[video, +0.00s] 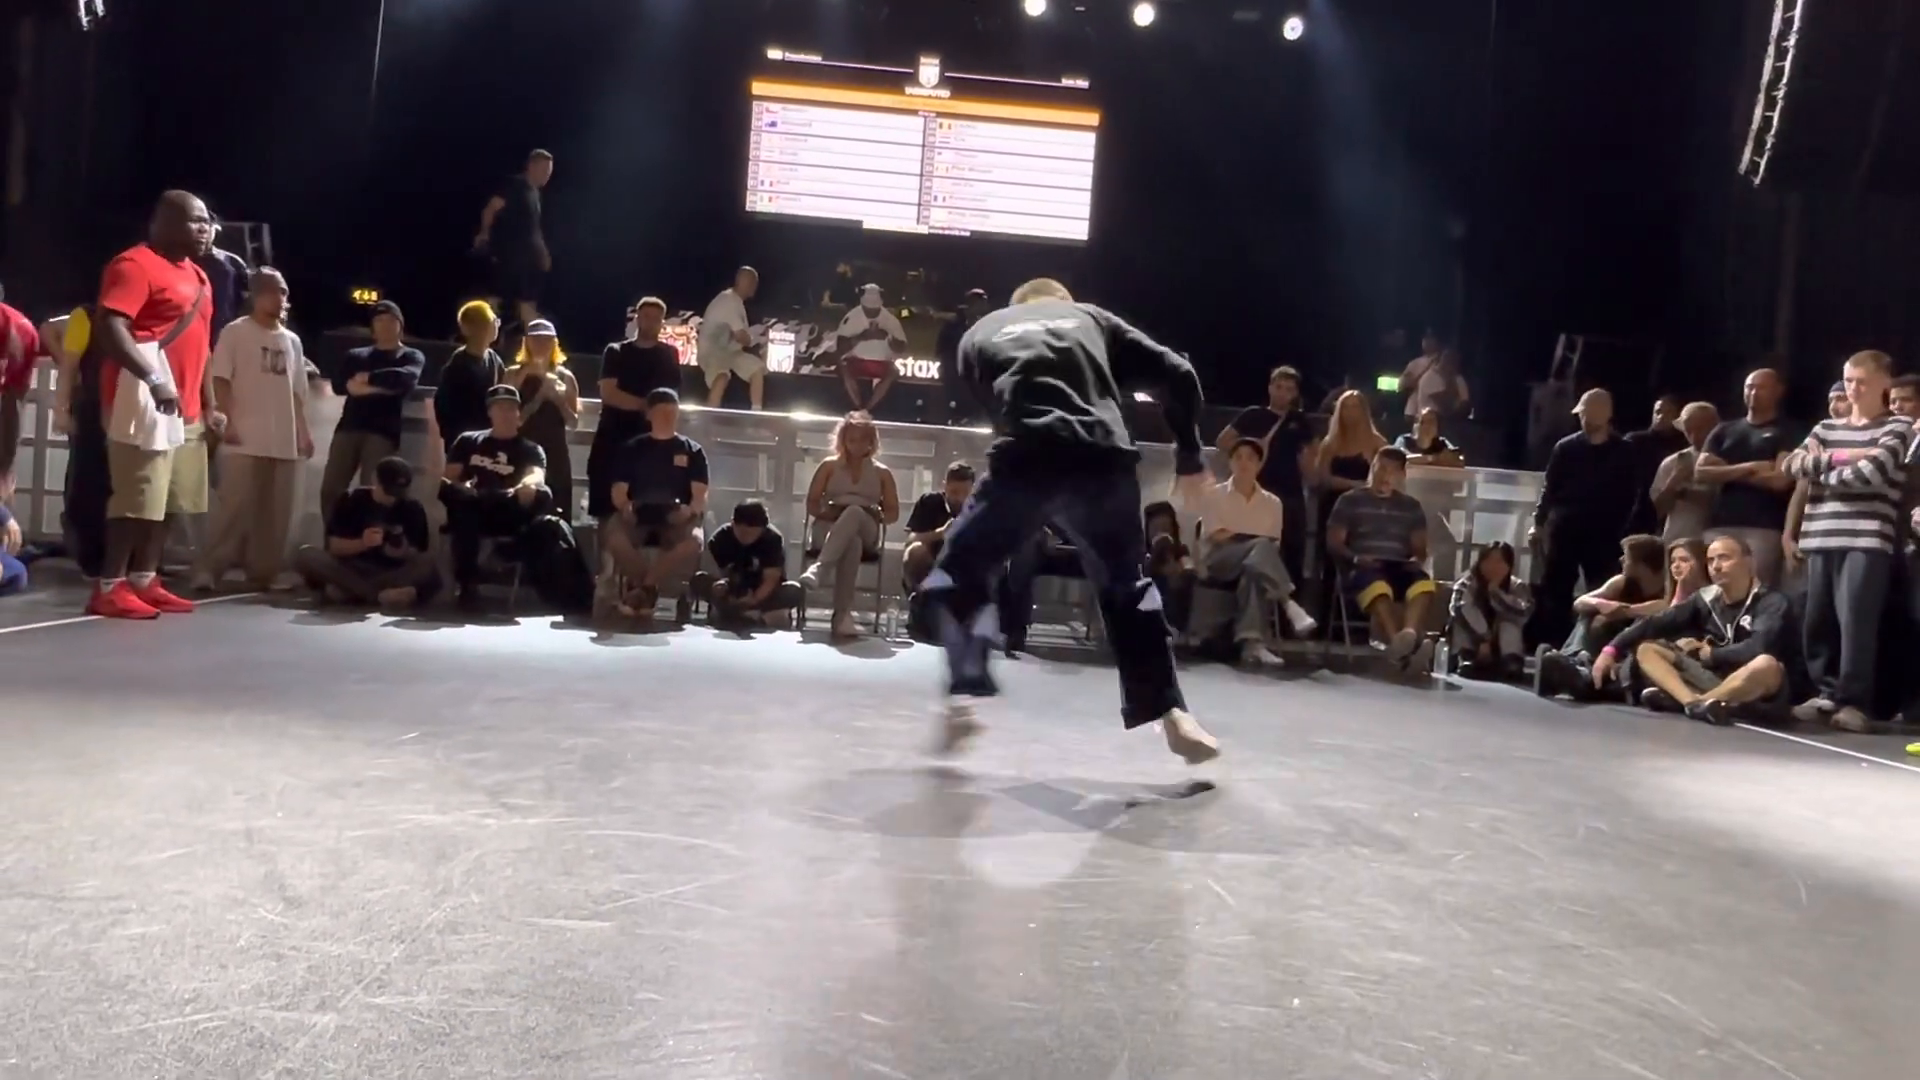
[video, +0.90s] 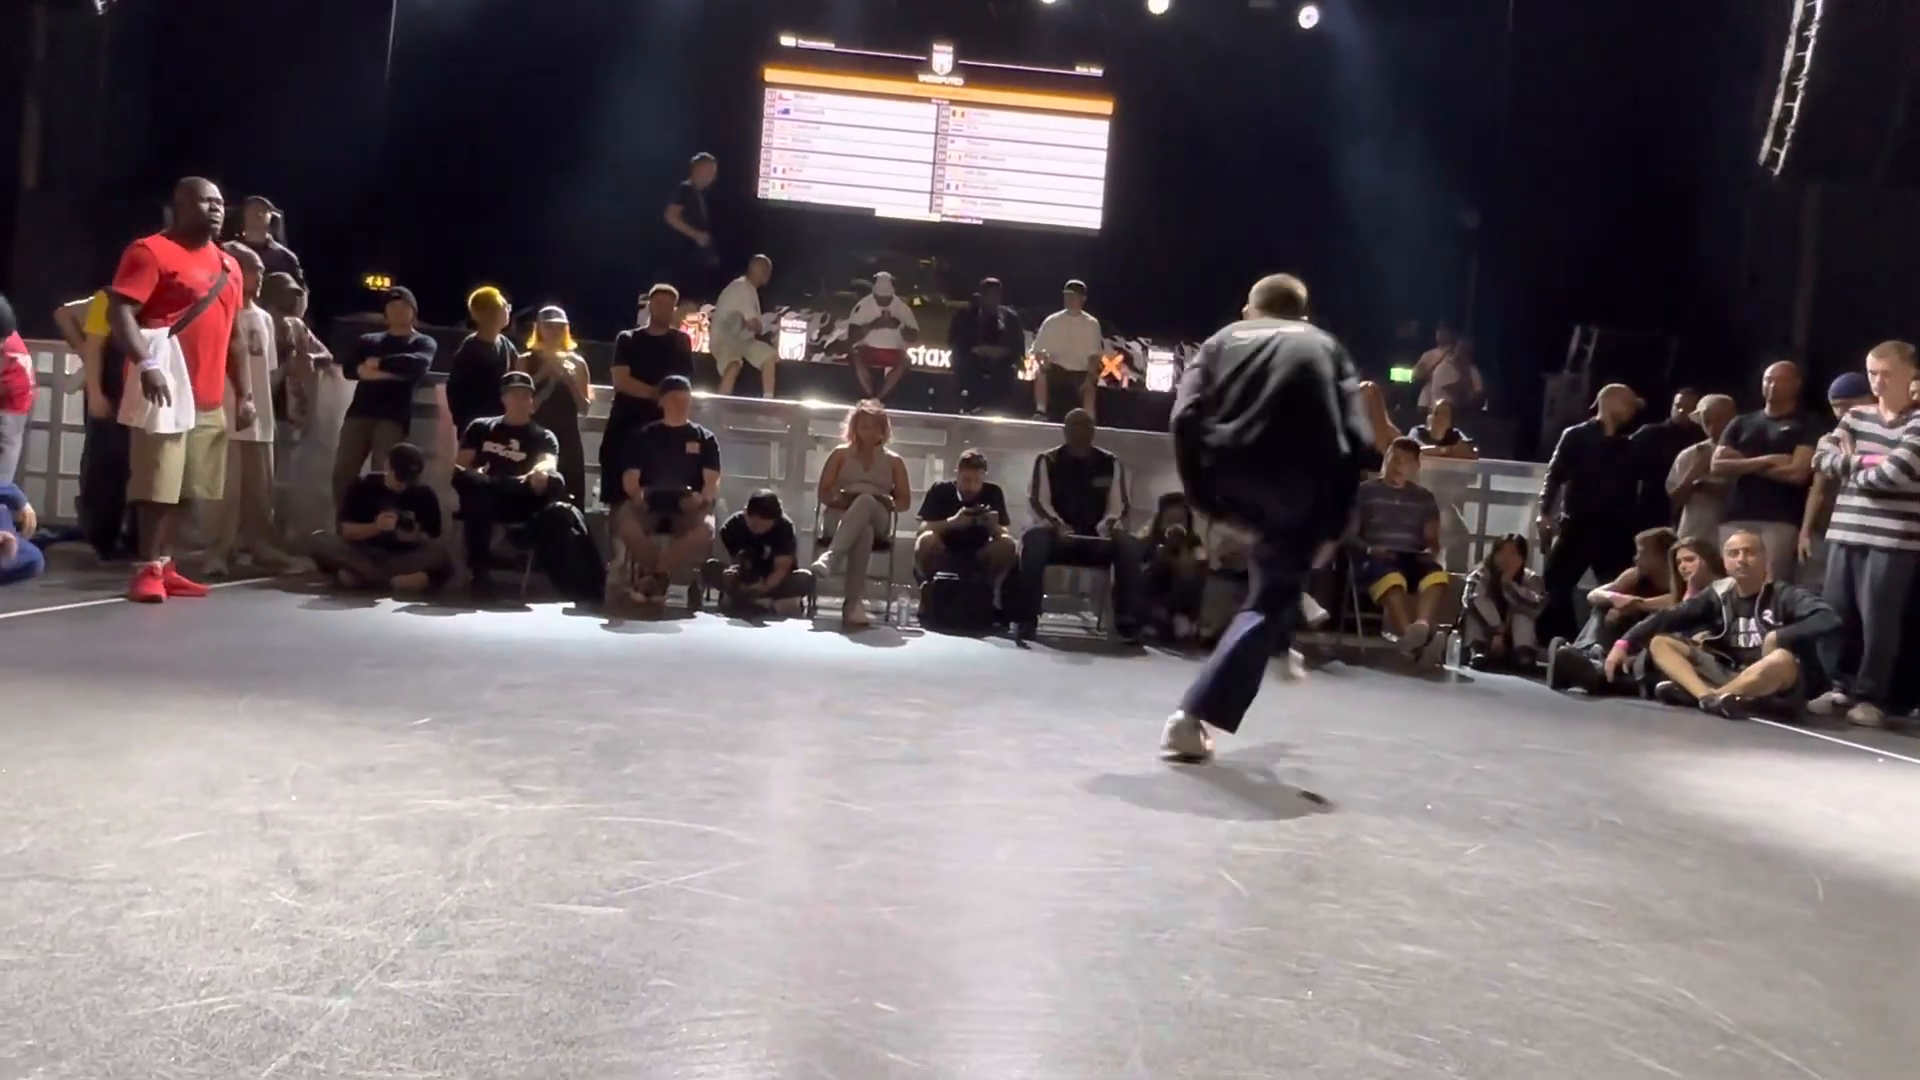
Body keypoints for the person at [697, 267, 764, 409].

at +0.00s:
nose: (754, 288)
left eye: (755, 284)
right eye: (752, 283)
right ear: (742, 282)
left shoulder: (737, 302)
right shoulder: (728, 300)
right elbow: (741, 336)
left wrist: (756, 332)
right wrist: (755, 338)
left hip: (732, 351)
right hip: (712, 351)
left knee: (757, 370)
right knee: (722, 376)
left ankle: (756, 413)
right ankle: (709, 417)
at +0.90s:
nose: (767, 276)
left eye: (768, 272)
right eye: (765, 271)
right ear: (755, 270)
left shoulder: (751, 290)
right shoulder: (741, 287)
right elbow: (752, 323)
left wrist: (771, 320)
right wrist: (764, 324)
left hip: (744, 339)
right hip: (724, 338)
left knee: (769, 358)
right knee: (733, 365)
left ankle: (768, 401)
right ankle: (720, 404)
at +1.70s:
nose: (771, 270)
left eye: (773, 266)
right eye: (769, 265)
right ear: (760, 264)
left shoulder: (755, 282)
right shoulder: (748, 282)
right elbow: (759, 318)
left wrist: (775, 314)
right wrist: (771, 318)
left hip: (750, 333)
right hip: (730, 332)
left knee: (775, 352)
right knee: (740, 358)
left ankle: (774, 395)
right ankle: (727, 397)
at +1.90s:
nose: (771, 270)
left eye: (773, 266)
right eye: (769, 265)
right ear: (760, 263)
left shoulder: (754, 281)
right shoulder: (750, 282)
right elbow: (760, 317)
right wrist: (768, 321)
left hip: (750, 332)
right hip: (730, 332)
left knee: (775, 352)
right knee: (740, 358)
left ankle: (774, 396)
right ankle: (727, 398)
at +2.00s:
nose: (772, 270)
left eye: (773, 266)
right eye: (770, 265)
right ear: (760, 263)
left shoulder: (753, 281)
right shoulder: (751, 281)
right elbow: (759, 316)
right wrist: (769, 321)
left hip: (750, 332)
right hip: (730, 332)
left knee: (775, 352)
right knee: (740, 358)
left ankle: (774, 396)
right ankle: (727, 398)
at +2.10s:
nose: (771, 269)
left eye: (772, 266)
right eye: (769, 265)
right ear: (759, 263)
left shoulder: (753, 281)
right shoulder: (750, 282)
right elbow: (759, 316)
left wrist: (765, 317)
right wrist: (768, 320)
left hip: (750, 333)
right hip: (730, 332)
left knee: (775, 352)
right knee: (740, 358)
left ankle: (773, 396)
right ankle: (727, 398)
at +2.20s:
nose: (771, 270)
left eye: (772, 266)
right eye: (769, 266)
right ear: (760, 264)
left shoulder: (751, 281)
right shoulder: (750, 282)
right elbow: (758, 317)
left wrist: (765, 317)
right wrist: (768, 321)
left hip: (749, 333)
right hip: (729, 332)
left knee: (774, 352)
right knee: (739, 358)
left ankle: (772, 395)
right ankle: (725, 398)